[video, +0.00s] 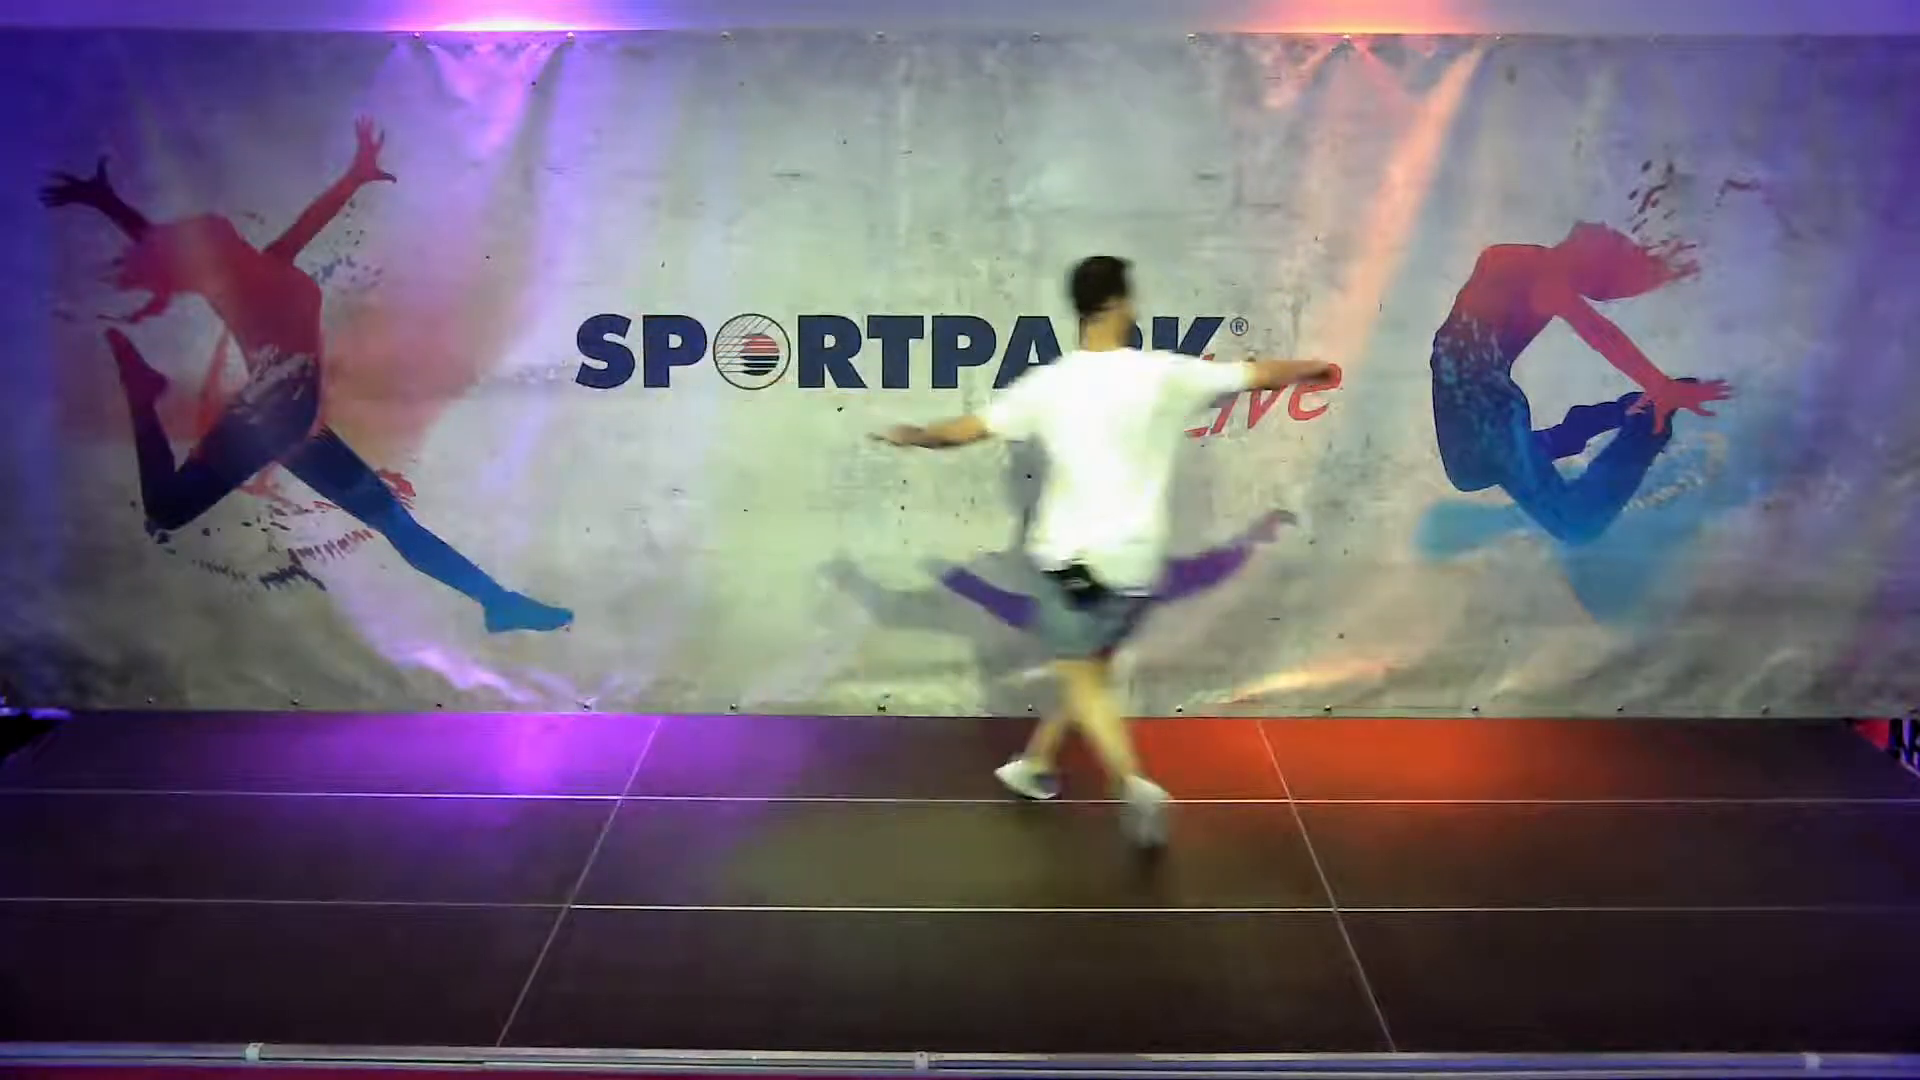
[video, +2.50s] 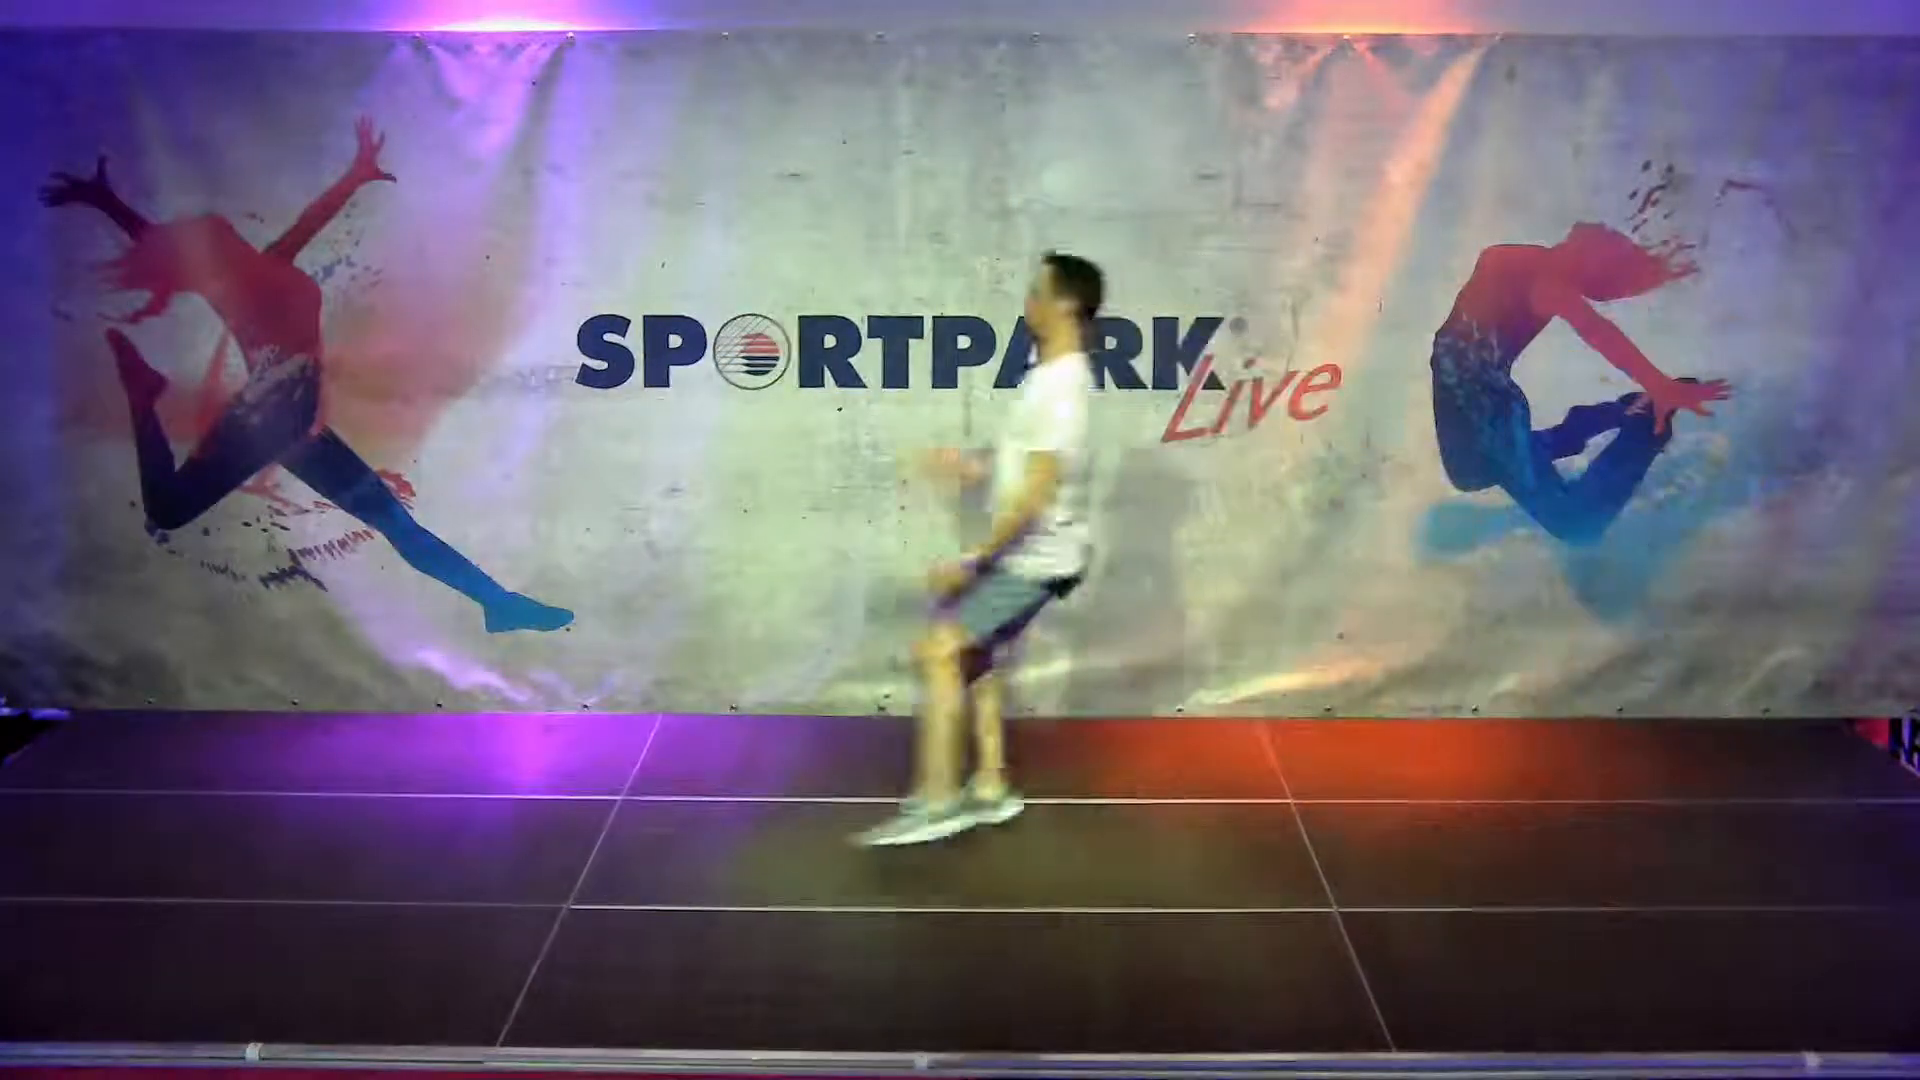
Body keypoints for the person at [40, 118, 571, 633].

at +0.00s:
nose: (177, 292)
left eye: (176, 272)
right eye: (166, 279)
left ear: (202, 255)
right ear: (204, 254)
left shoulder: (262, 269)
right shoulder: (244, 275)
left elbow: (307, 223)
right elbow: (156, 243)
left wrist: (357, 176)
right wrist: (104, 201)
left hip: (295, 424)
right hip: (263, 421)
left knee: (386, 512)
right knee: (166, 511)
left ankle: (499, 601)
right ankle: (140, 393)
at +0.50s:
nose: (183, 288)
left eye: (180, 267)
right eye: (186, 264)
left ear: (204, 253)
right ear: (202, 251)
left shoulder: (263, 271)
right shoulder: (240, 280)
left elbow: (306, 224)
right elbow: (156, 242)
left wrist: (357, 176)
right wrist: (103, 199)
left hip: (298, 426)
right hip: (261, 422)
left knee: (387, 514)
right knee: (166, 510)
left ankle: (500, 602)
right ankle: (139, 387)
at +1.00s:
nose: (188, 287)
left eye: (187, 267)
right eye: (188, 266)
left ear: (206, 254)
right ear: (204, 251)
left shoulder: (262, 270)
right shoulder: (237, 280)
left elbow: (308, 223)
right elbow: (158, 244)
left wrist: (357, 175)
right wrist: (104, 201)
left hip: (298, 426)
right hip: (260, 422)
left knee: (388, 516)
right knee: (166, 511)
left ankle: (500, 602)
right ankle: (140, 394)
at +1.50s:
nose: (177, 289)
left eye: (177, 269)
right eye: (171, 273)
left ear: (203, 253)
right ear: (204, 249)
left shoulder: (262, 269)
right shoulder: (241, 279)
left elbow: (307, 223)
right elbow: (158, 244)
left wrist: (358, 175)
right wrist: (105, 202)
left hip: (300, 428)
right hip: (262, 422)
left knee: (389, 517)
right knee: (166, 512)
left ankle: (500, 602)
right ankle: (141, 398)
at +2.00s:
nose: (177, 289)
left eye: (177, 269)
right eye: (173, 272)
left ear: (202, 253)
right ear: (204, 249)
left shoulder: (262, 270)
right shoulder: (241, 279)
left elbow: (306, 223)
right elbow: (158, 244)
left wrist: (358, 175)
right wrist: (106, 203)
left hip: (300, 428)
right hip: (262, 422)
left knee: (389, 517)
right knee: (167, 512)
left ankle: (500, 602)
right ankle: (141, 398)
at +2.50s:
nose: (181, 288)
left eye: (181, 268)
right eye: (178, 271)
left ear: (205, 254)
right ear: (208, 248)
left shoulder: (261, 270)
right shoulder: (246, 279)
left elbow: (307, 223)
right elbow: (160, 245)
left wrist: (358, 175)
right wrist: (105, 202)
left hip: (299, 428)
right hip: (263, 421)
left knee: (388, 515)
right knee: (167, 511)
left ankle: (500, 602)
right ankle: (141, 396)